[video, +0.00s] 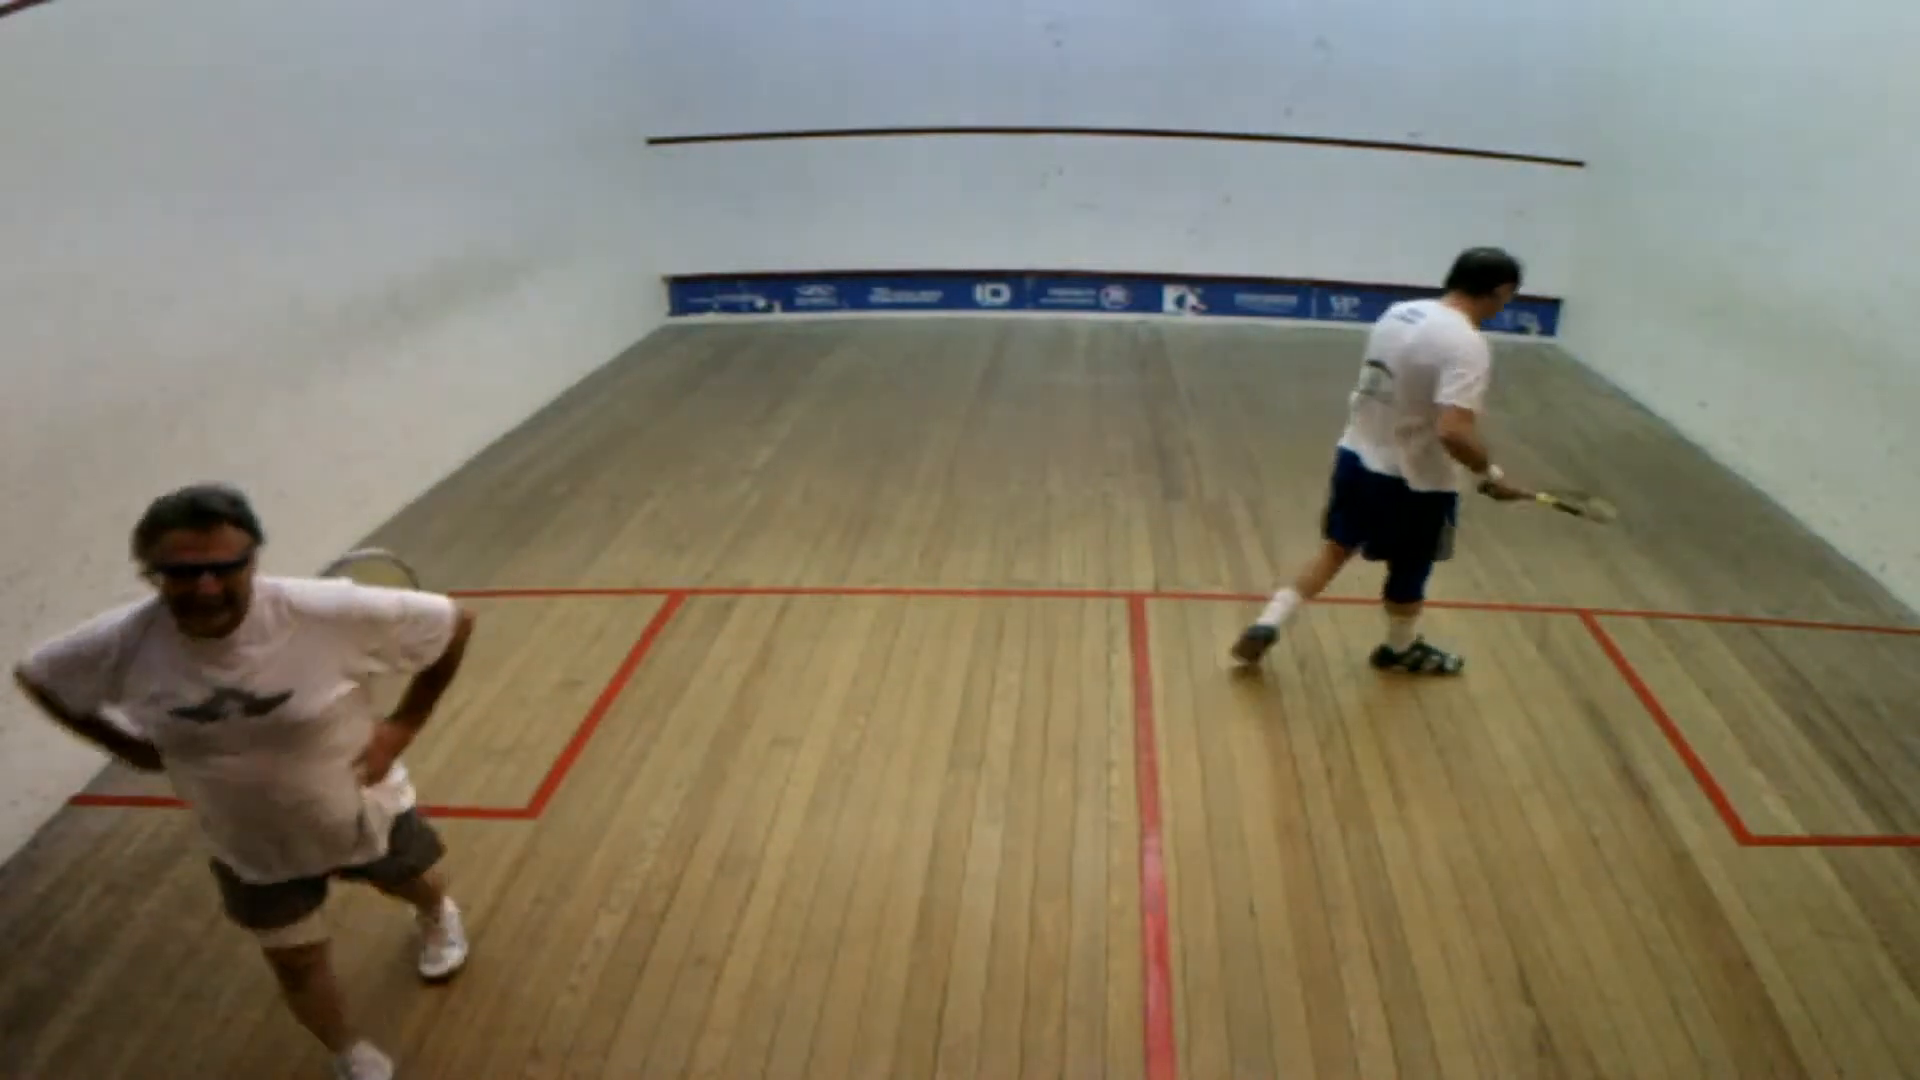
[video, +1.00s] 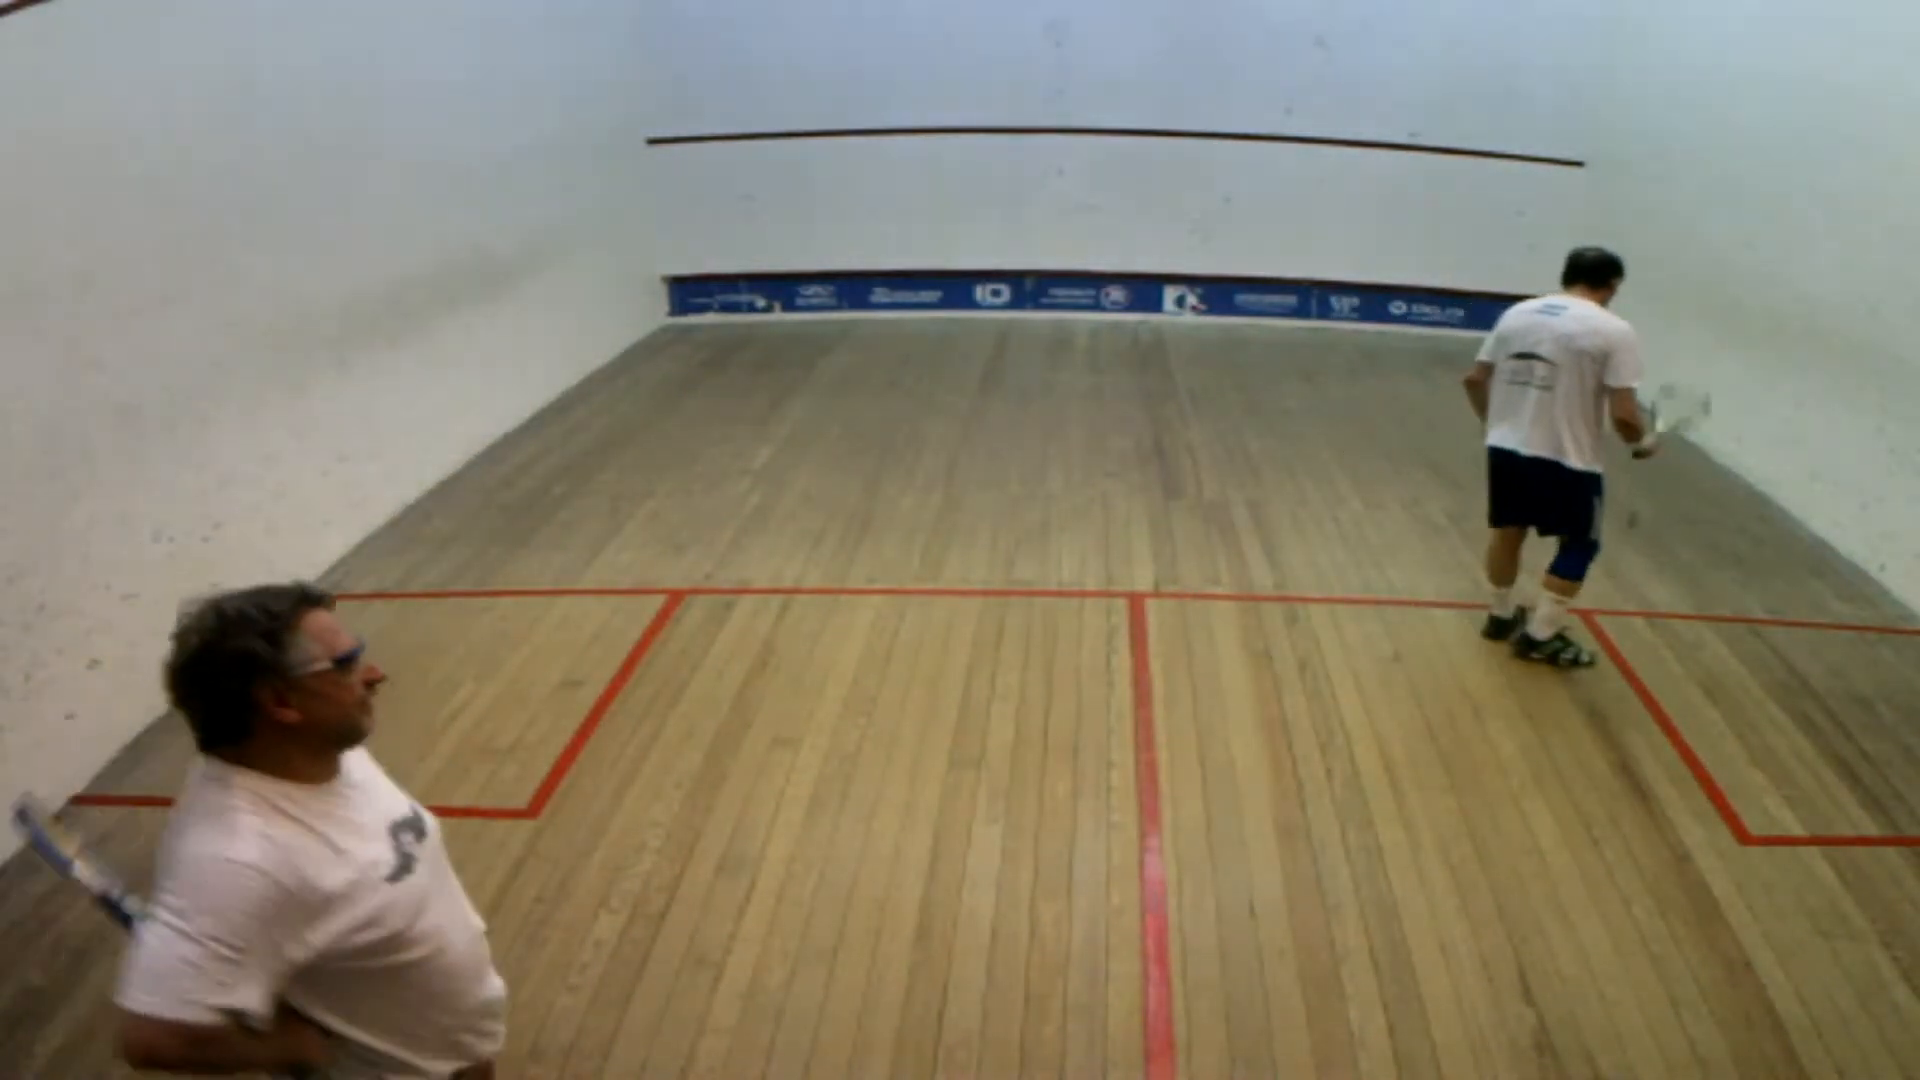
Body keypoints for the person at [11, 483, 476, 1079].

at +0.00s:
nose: (206, 590)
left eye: (224, 570)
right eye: (182, 574)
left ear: (253, 563)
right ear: (154, 575)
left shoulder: (313, 612)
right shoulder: (132, 640)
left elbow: (449, 624)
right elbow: (40, 678)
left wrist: (401, 728)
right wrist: (130, 749)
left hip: (356, 814)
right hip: (253, 851)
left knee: (406, 879)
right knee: (298, 970)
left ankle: (439, 915)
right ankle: (355, 1059)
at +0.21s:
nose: (187, 618)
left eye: (202, 594)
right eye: (157, 604)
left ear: (219, 584)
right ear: (109, 612)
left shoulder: (288, 634)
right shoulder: (71, 697)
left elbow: (412, 640)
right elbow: (5, 764)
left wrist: (379, 748)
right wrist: (99, 817)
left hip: (348, 853)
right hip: (236, 904)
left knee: (434, 956)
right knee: (299, 1002)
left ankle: (444, 983)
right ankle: (359, 1065)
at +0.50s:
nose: (238, 653)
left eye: (243, 628)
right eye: (208, 642)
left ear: (253, 617)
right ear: (134, 654)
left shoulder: (314, 673)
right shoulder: (91, 766)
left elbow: (400, 679)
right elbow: (5, 860)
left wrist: (390, 804)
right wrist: (117, 906)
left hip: (382, 915)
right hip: (264, 973)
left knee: (453, 1040)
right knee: (321, 1044)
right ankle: (367, 1070)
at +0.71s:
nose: (304, 659)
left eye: (304, 634)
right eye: (270, 648)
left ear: (314, 626)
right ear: (192, 670)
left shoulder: (368, 695)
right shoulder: (139, 797)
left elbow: (415, 729)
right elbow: (19, 913)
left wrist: (392, 827)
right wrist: (163, 960)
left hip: (432, 962)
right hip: (314, 1026)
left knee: (472, 1055)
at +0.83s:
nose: (342, 655)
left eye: (331, 633)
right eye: (313, 646)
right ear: (239, 677)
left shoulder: (346, 701)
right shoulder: (171, 816)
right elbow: (41, 959)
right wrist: (205, 992)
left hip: (453, 974)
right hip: (365, 1054)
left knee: (469, 1060)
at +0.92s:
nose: (361, 665)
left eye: (347, 645)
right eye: (333, 655)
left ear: (269, 692)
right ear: (266, 693)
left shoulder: (328, 730)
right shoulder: (205, 838)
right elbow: (97, 1005)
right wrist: (250, 1025)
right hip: (394, 1064)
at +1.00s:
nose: (375, 674)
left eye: (360, 656)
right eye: (348, 664)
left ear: (286, 705)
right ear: (283, 704)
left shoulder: (327, 747)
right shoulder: (234, 857)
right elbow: (153, 1036)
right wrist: (292, 1048)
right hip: (416, 1068)